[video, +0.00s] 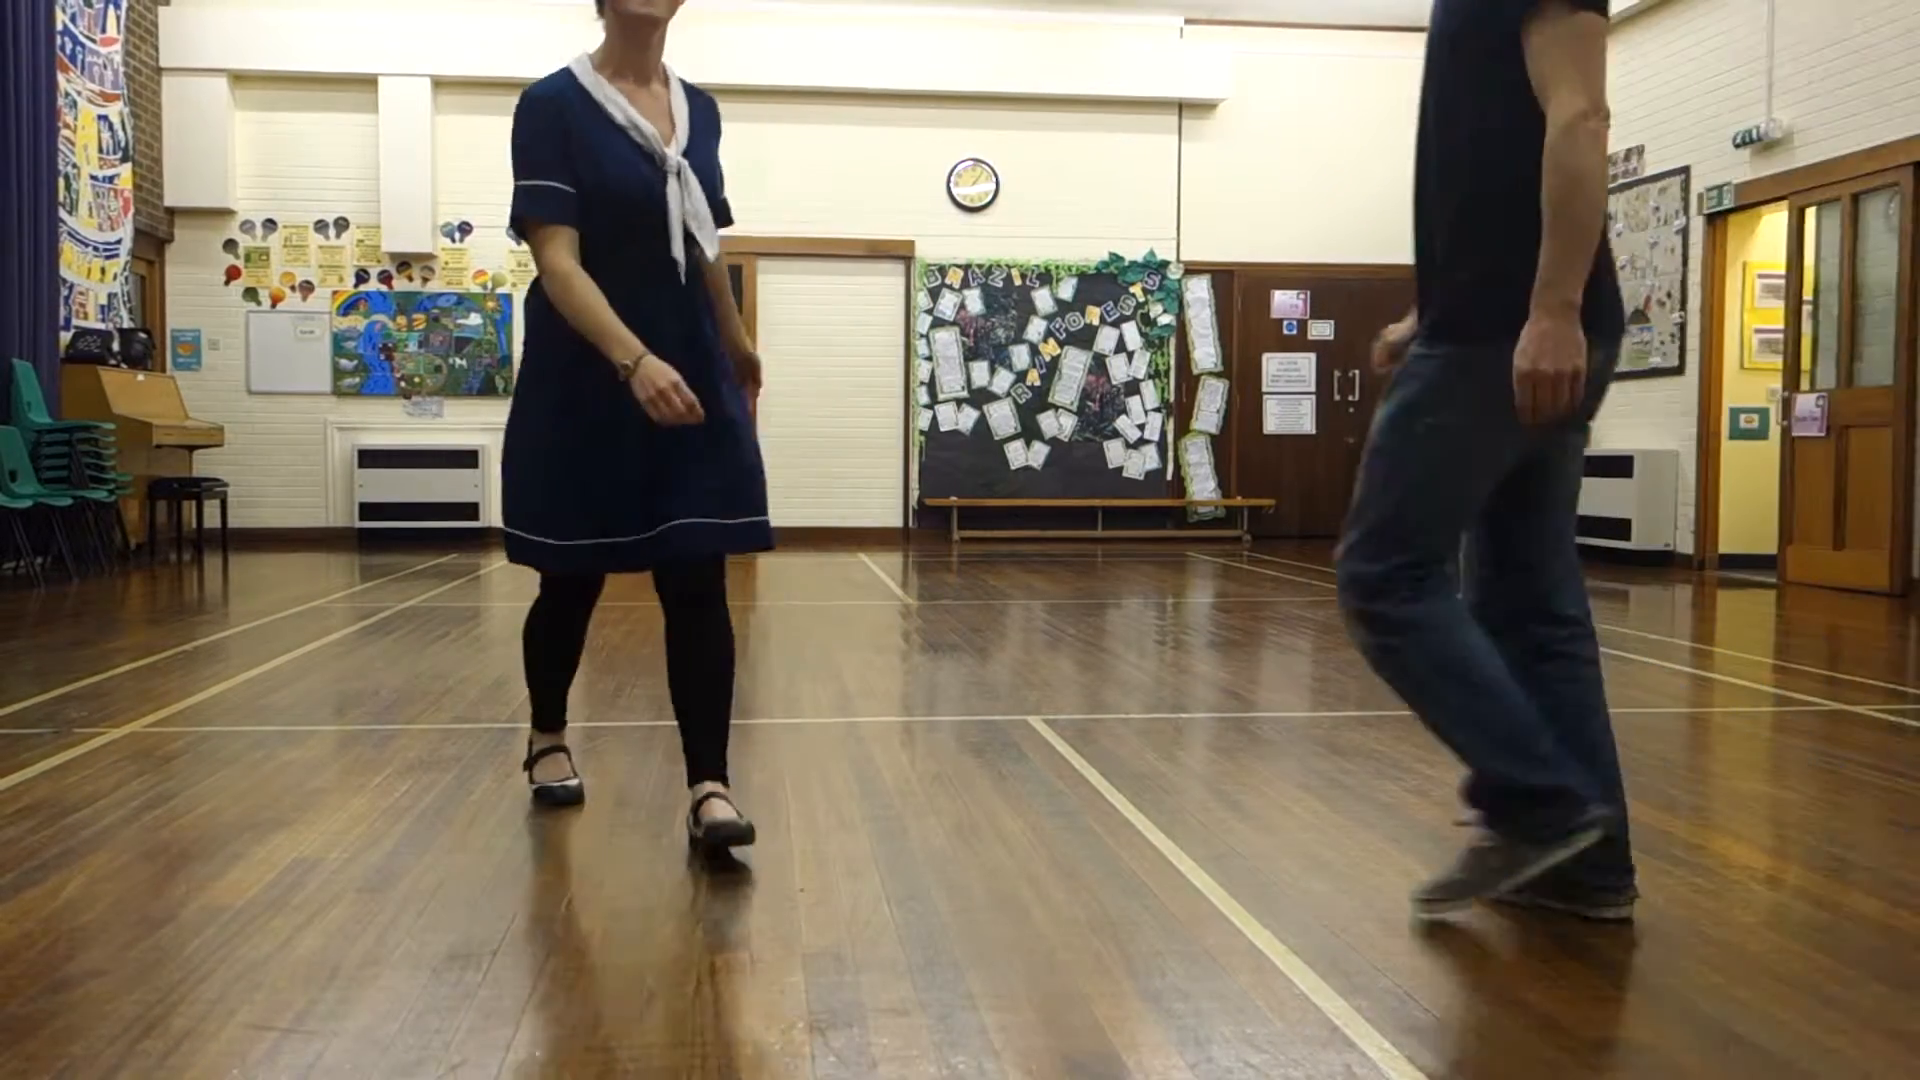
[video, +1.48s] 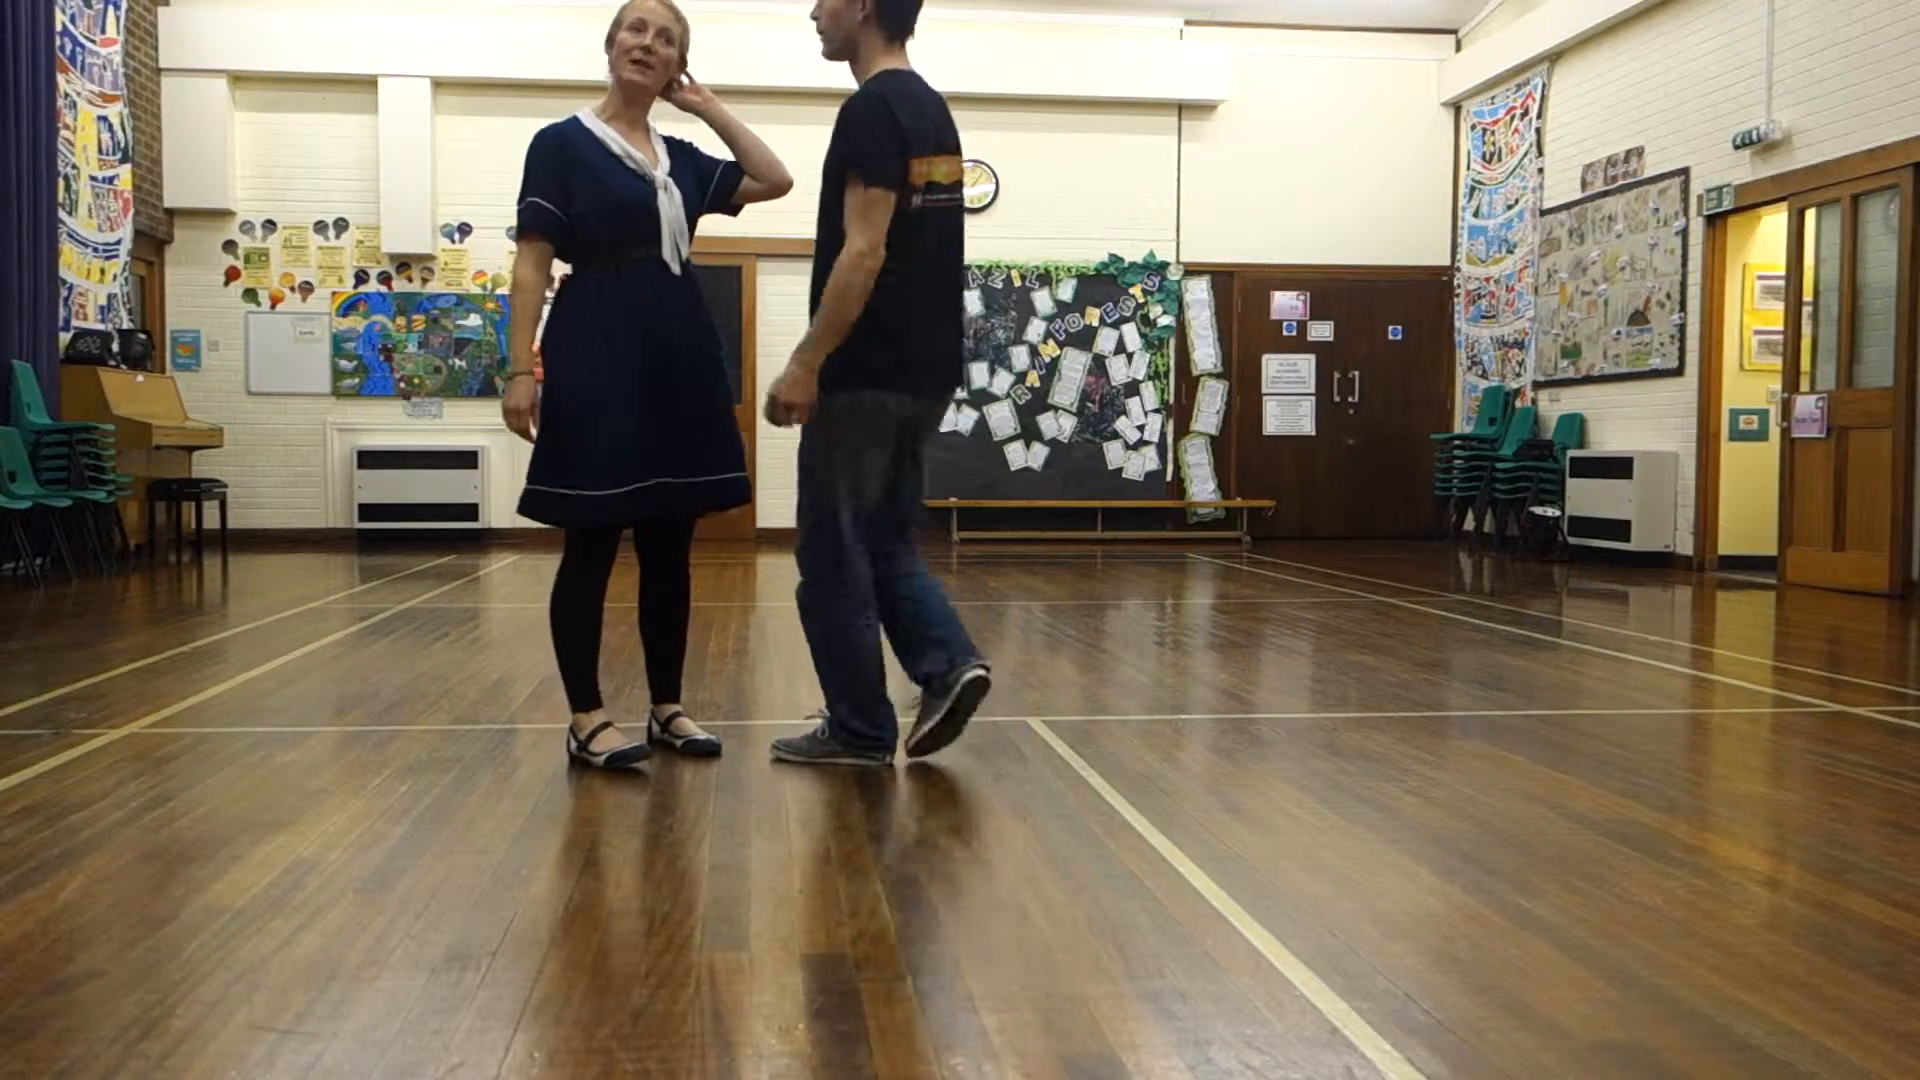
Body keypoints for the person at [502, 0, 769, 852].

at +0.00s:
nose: (642, 1)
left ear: (678, 4)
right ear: (603, 2)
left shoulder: (698, 108)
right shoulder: (553, 104)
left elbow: (701, 244)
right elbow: (557, 265)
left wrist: (735, 339)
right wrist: (635, 359)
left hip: (688, 379)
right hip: (584, 386)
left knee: (696, 584)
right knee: (572, 581)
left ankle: (710, 791)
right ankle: (548, 740)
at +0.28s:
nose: (617, 1)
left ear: (646, 7)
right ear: (573, 3)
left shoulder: (668, 108)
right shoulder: (521, 108)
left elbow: (688, 239)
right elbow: (491, 251)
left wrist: (724, 325)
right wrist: (476, 379)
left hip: (657, 378)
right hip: (553, 381)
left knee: (667, 561)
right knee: (557, 564)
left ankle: (660, 744)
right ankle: (550, 746)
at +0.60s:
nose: (637, 24)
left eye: (656, 17)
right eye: (624, 9)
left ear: (673, 44)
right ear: (597, 25)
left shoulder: (693, 150)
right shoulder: (547, 142)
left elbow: (755, 250)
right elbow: (492, 257)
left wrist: (773, 166)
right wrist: (438, 362)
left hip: (671, 376)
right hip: (576, 376)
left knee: (672, 550)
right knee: (584, 558)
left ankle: (671, 706)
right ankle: (553, 743)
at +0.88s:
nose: (662, 46)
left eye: (680, 38)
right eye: (651, 31)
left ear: (702, 62)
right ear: (629, 44)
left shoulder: (713, 157)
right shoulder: (584, 150)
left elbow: (798, 194)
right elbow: (554, 272)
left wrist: (741, 116)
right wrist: (569, 362)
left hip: (693, 385)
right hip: (608, 381)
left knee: (678, 551)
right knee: (600, 553)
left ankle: (669, 712)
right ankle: (574, 726)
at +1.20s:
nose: (658, 48)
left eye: (677, 41)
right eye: (649, 33)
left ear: (698, 67)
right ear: (627, 46)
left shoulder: (703, 159)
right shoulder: (580, 148)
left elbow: (792, 184)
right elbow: (552, 265)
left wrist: (731, 107)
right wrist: (554, 367)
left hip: (695, 376)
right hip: (613, 376)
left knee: (678, 546)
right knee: (617, 547)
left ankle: (668, 712)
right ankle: (591, 722)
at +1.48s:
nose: (649, 44)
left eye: (665, 39)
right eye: (637, 30)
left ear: (678, 67)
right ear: (608, 45)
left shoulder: (681, 157)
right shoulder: (561, 144)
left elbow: (772, 178)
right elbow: (532, 263)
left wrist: (706, 104)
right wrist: (522, 368)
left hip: (679, 376)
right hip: (595, 375)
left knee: (668, 548)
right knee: (590, 548)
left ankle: (667, 710)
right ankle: (587, 722)